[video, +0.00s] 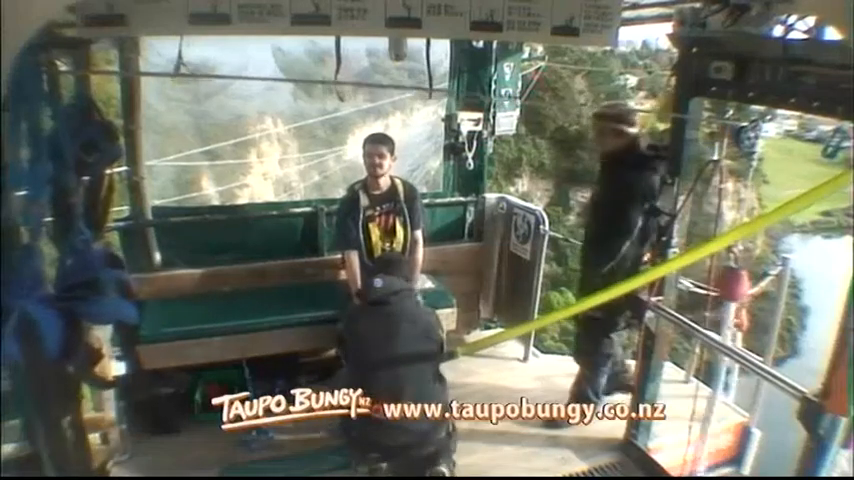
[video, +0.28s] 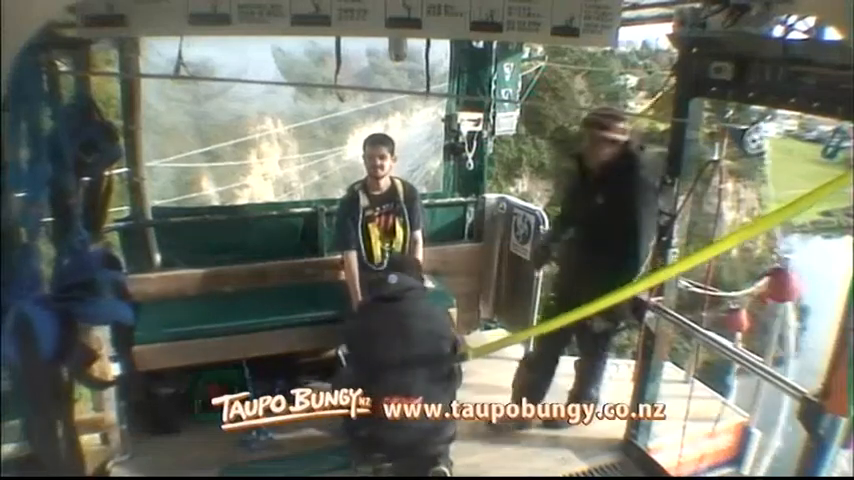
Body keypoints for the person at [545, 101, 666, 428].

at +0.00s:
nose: (598, 139)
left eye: (604, 133)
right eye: (598, 132)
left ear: (623, 134)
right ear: (609, 133)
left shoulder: (635, 171)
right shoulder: (614, 165)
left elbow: (626, 227)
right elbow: (607, 218)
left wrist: (600, 270)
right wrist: (592, 258)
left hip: (616, 265)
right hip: (598, 261)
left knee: (598, 330)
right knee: (593, 325)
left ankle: (581, 403)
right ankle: (618, 374)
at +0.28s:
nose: (600, 149)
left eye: (609, 143)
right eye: (595, 141)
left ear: (621, 145)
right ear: (586, 140)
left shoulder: (634, 180)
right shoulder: (582, 173)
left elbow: (638, 245)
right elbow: (566, 219)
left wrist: (620, 294)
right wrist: (547, 244)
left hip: (610, 278)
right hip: (573, 271)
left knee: (593, 348)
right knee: (548, 339)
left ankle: (579, 411)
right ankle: (524, 403)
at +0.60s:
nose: (612, 158)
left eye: (617, 151)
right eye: (604, 150)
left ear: (623, 152)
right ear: (584, 149)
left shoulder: (632, 193)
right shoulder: (558, 187)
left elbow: (648, 254)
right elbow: (530, 241)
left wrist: (645, 308)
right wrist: (528, 294)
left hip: (608, 305)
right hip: (561, 300)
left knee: (588, 389)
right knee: (547, 383)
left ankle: (545, 422)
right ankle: (533, 449)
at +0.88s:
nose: (652, 186)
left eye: (658, 180)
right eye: (647, 177)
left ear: (662, 176)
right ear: (624, 164)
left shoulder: (652, 212)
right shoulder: (577, 201)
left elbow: (653, 273)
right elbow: (557, 275)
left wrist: (648, 325)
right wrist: (576, 334)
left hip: (620, 321)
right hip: (575, 316)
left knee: (630, 402)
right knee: (559, 389)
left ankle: (598, 468)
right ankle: (537, 456)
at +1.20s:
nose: (732, 237)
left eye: (740, 232)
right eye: (737, 226)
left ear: (726, 211)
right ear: (723, 204)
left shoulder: (698, 238)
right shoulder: (656, 215)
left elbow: (683, 306)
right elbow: (618, 293)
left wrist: (690, 356)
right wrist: (631, 366)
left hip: (664, 360)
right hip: (620, 350)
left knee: (656, 458)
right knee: (591, 432)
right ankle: (546, 448)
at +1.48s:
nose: (798, 263)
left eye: (806, 260)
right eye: (802, 253)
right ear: (789, 226)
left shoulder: (780, 272)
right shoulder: (712, 231)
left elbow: (769, 346)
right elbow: (647, 276)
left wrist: (751, 409)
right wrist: (602, 325)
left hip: (718, 394)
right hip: (669, 380)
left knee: (700, 467)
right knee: (679, 466)